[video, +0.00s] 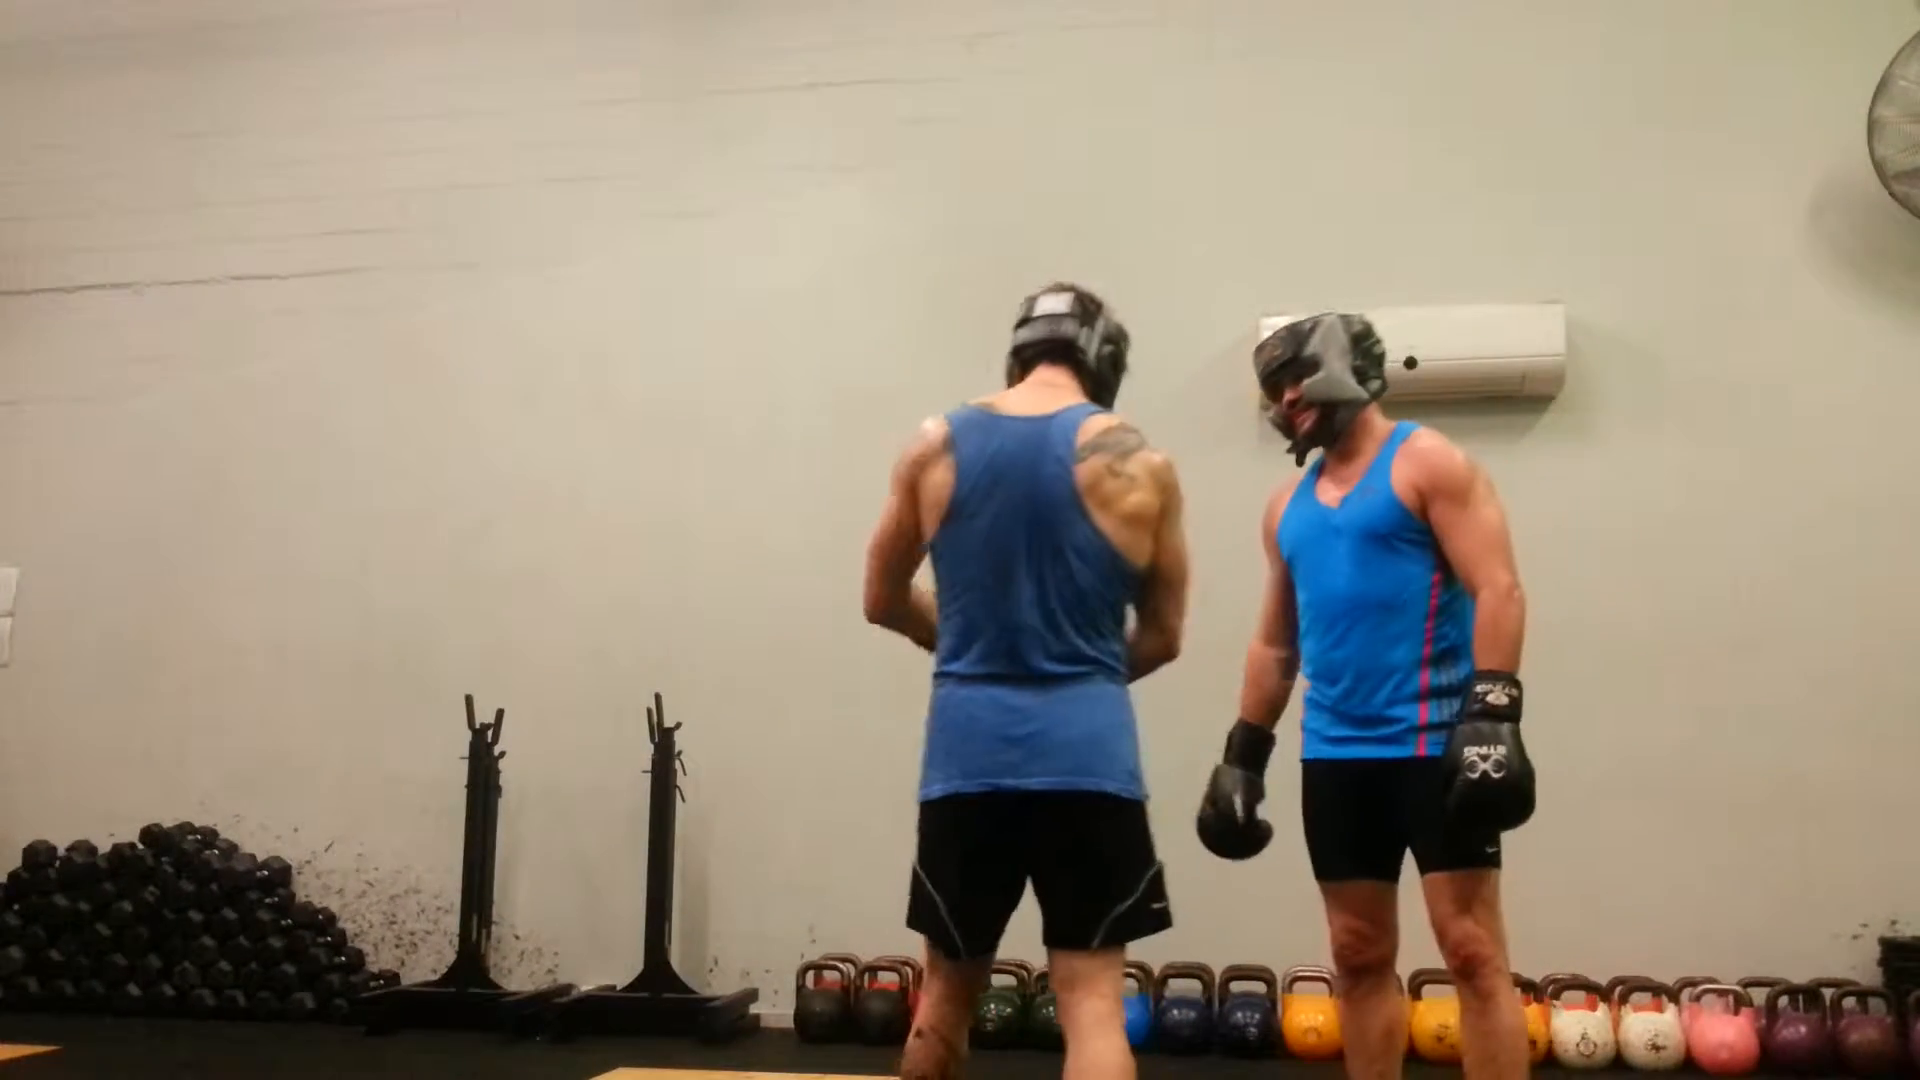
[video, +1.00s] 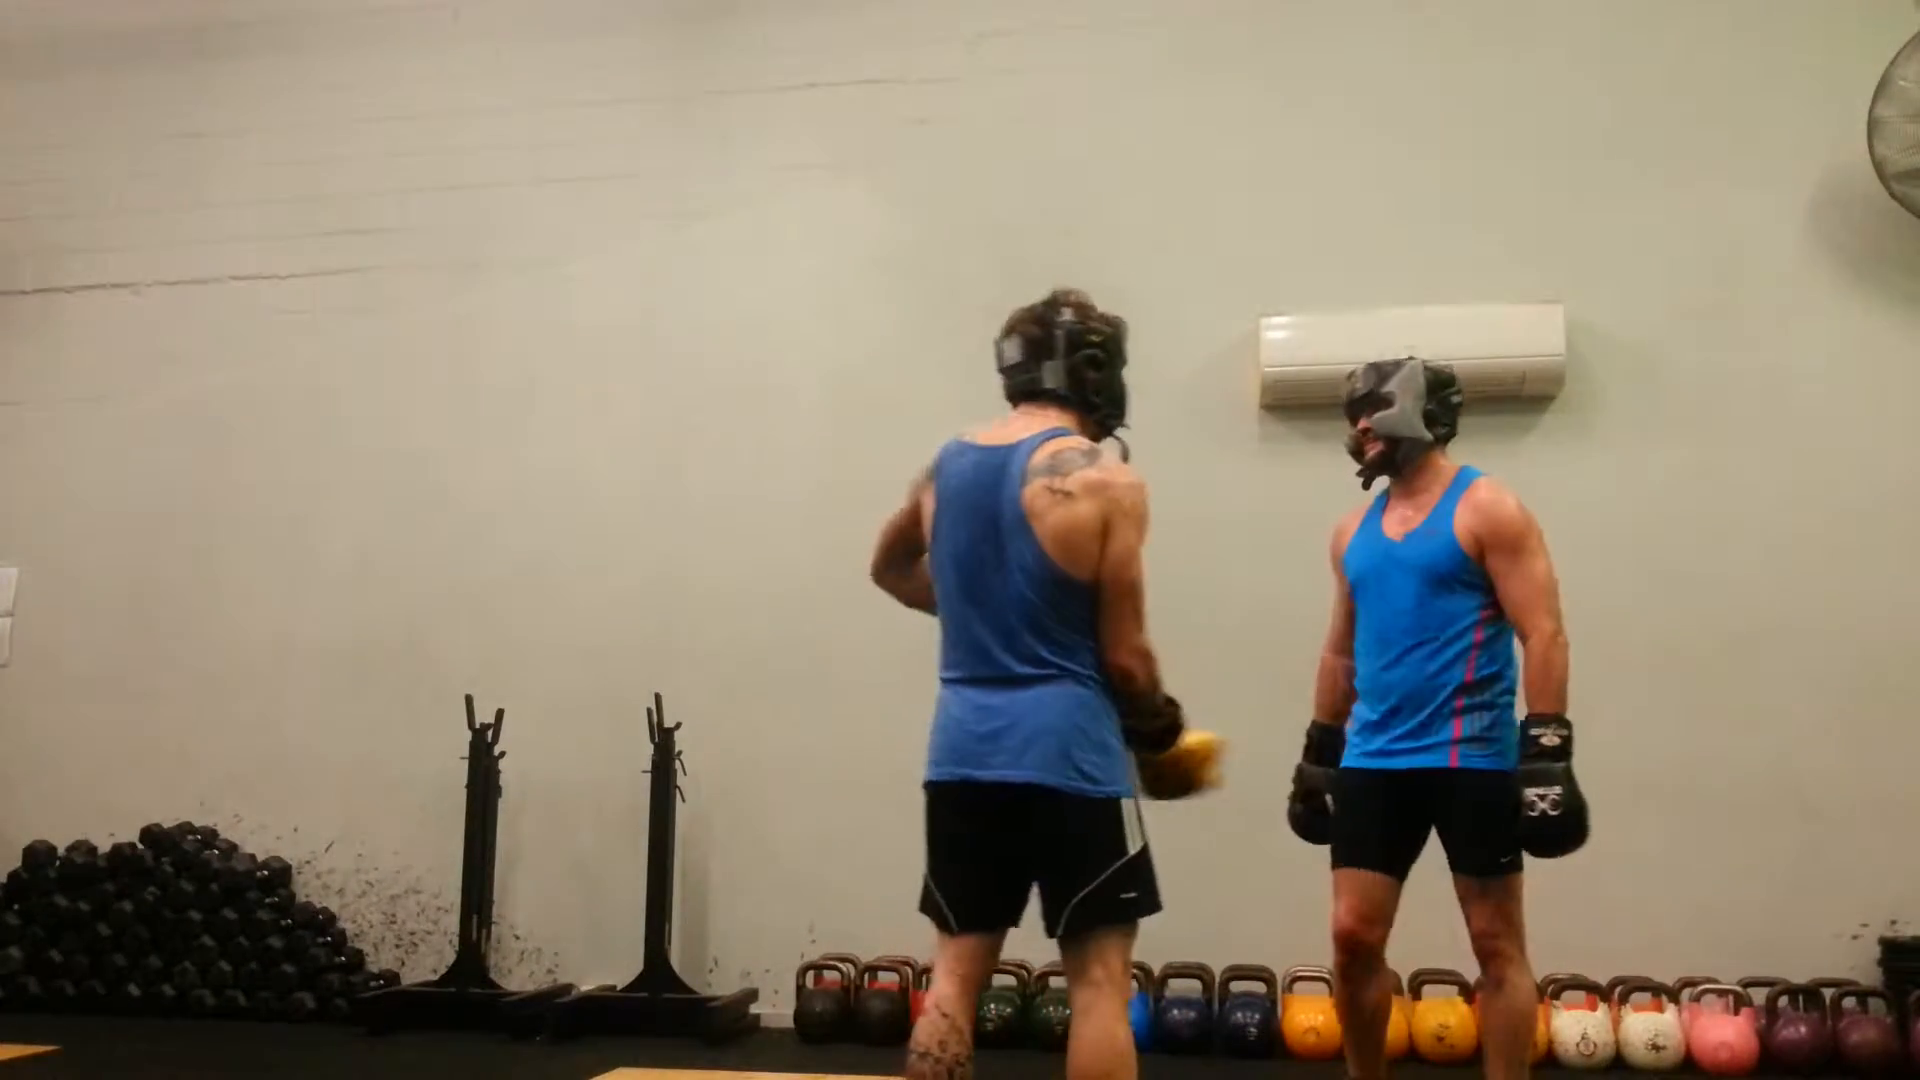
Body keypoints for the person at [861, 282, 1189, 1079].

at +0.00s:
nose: (1116, 372)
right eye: (1116, 361)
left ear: (1015, 356)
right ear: (1105, 359)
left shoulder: (936, 446)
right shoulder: (1140, 464)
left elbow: (885, 598)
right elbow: (1161, 640)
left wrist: (971, 643)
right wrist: (1080, 666)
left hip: (968, 768)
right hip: (1089, 770)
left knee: (941, 1009)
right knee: (1093, 1005)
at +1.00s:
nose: (1119, 376)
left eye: (1112, 361)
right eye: (1113, 363)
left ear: (1014, 372)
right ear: (1100, 373)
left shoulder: (952, 462)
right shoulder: (1111, 483)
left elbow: (891, 566)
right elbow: (1124, 657)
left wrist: (980, 608)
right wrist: (1161, 743)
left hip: (962, 758)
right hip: (1072, 764)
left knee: (955, 973)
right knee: (1100, 986)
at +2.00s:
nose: (1227, 437)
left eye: (1229, 425)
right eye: (1226, 422)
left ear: (1138, 398)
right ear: (1205, 404)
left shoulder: (1069, 472)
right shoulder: (1216, 471)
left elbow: (1055, 573)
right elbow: (1253, 622)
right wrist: (1186, 687)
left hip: (1082, 762)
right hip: (1177, 765)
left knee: (1122, 962)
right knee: (1209, 972)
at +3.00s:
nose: (1419, 385)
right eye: (1416, 374)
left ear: (1318, 375)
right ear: (1406, 384)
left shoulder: (1258, 456)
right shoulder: (1430, 476)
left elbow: (1211, 562)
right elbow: (1431, 601)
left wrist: (1285, 621)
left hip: (1251, 758)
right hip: (1364, 762)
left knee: (1216, 975)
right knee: (1363, 985)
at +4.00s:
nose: (1274, 363)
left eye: (1277, 352)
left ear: (1285, 359)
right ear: (1378, 349)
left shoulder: (1256, 457)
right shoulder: (1465, 452)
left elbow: (1238, 605)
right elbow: (1503, 611)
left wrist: (1317, 575)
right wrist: (1411, 594)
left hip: (1323, 752)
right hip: (1446, 753)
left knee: (1342, 1014)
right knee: (1451, 988)